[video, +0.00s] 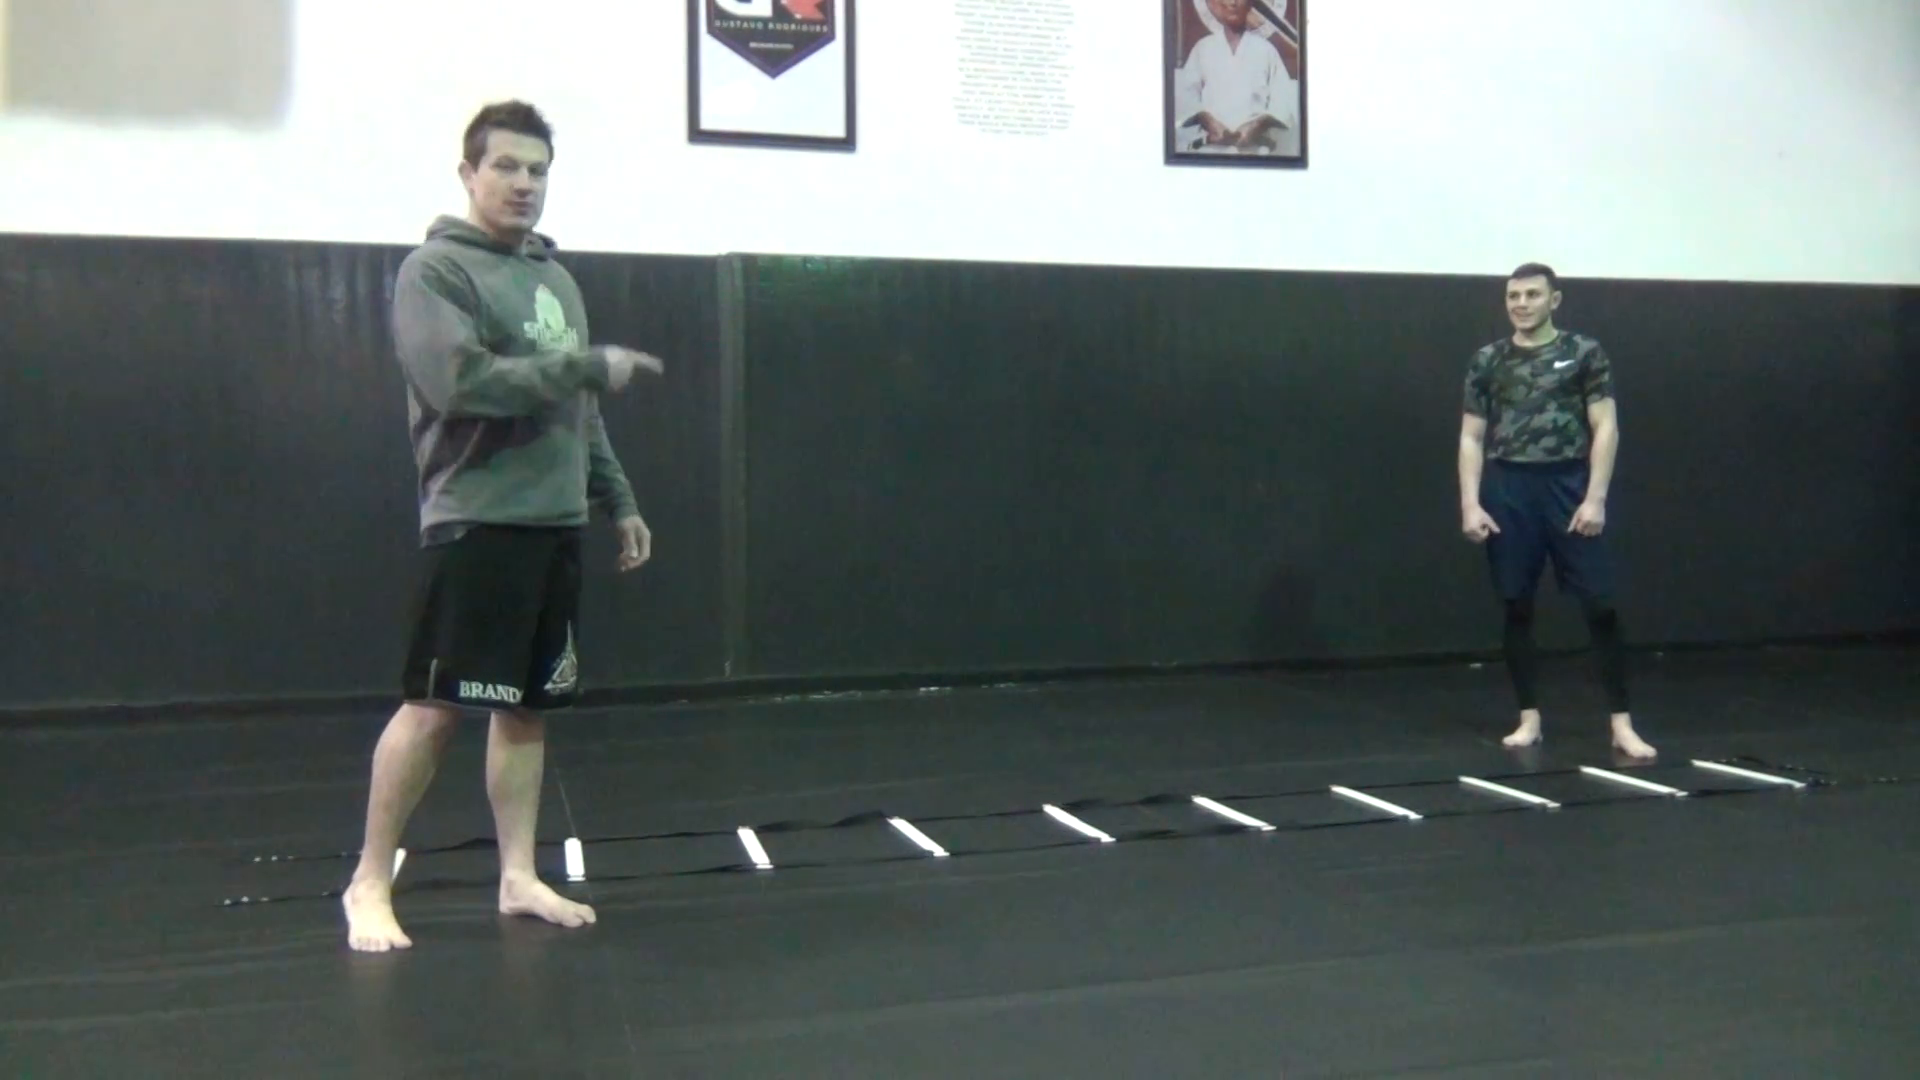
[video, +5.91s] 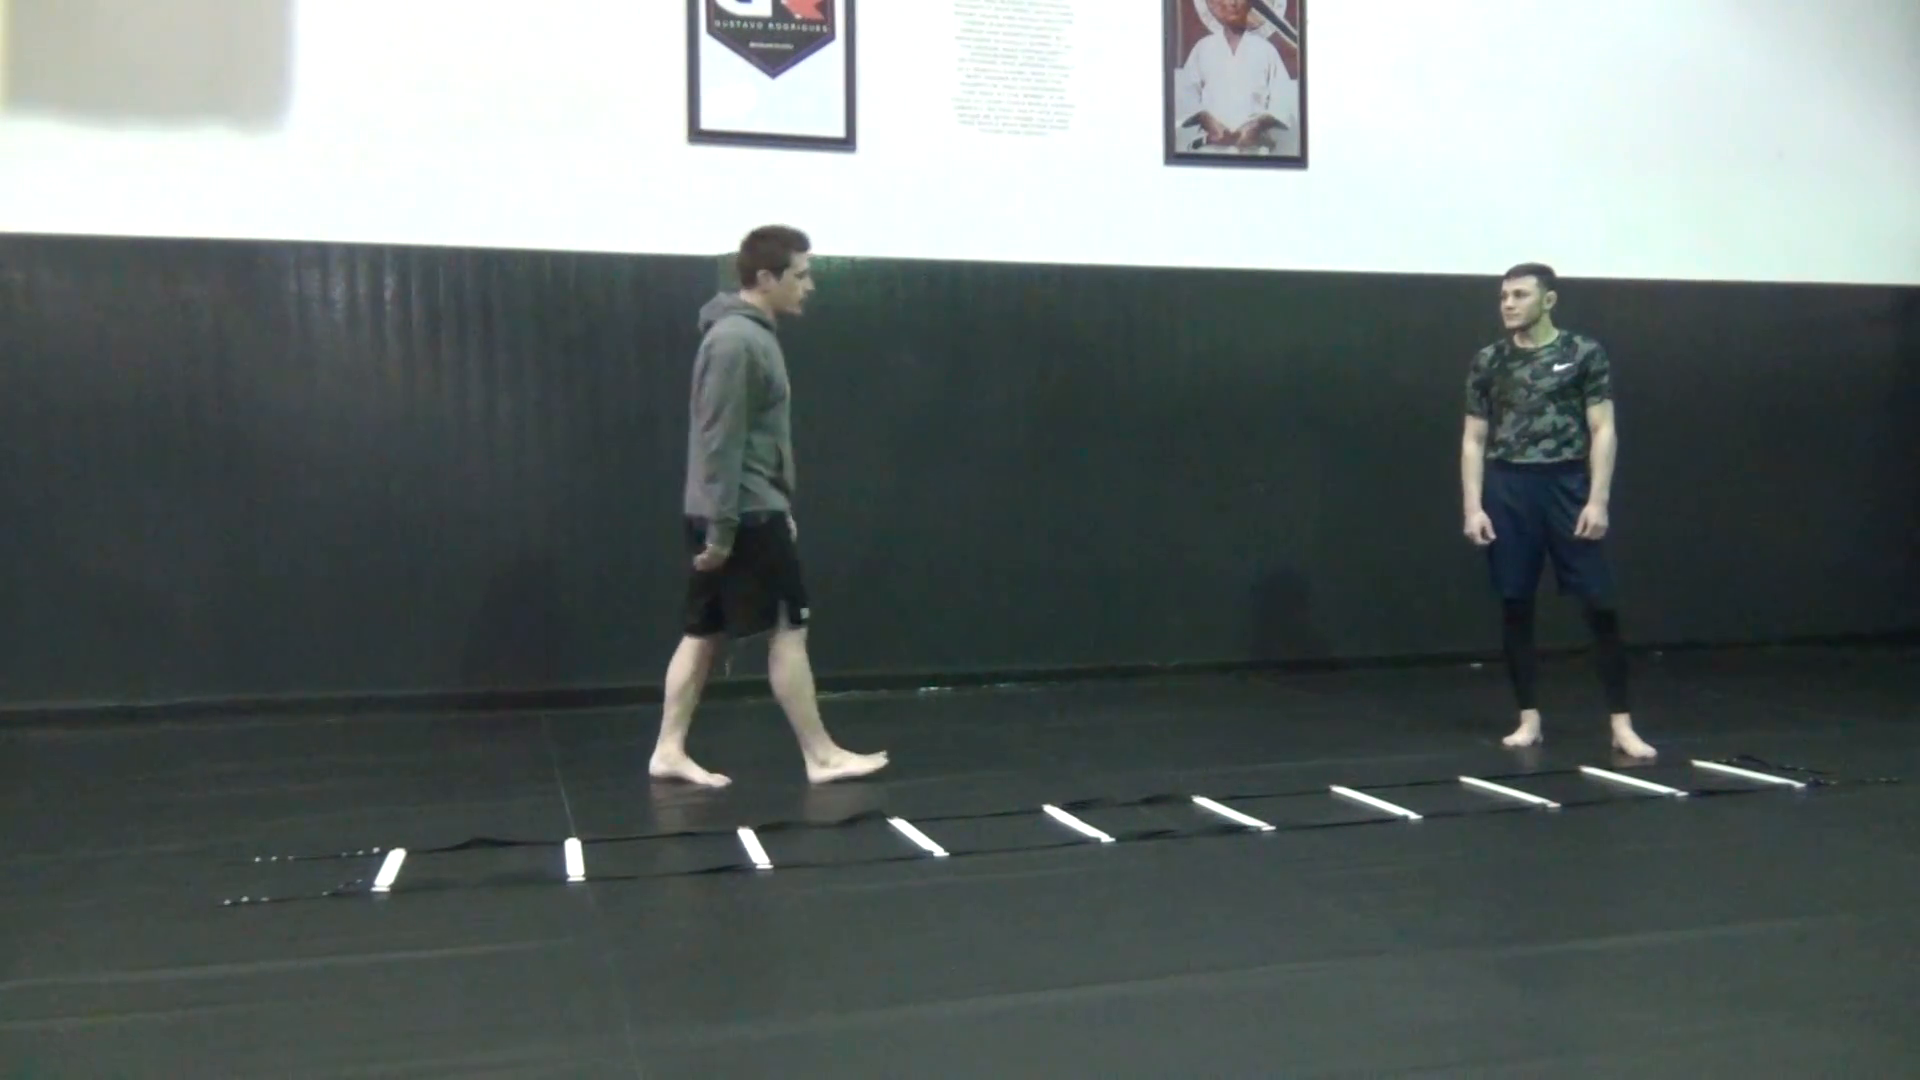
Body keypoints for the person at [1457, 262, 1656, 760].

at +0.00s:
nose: (1522, 304)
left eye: (1532, 295)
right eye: (1514, 296)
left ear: (1554, 300)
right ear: (1505, 303)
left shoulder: (1585, 353)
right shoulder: (1487, 361)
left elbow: (1605, 427)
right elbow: (1472, 437)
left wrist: (1596, 497)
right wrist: (1470, 503)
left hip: (1570, 490)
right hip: (1508, 491)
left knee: (1600, 603)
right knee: (1515, 605)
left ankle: (1620, 722)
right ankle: (1528, 716)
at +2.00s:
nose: (1518, 303)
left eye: (1529, 295)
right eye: (1512, 296)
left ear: (1554, 299)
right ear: (1505, 302)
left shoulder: (1585, 353)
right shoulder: (1488, 360)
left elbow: (1605, 427)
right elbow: (1473, 437)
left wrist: (1595, 498)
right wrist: (1471, 504)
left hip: (1570, 489)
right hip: (1508, 490)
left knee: (1601, 603)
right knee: (1515, 603)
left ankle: (1620, 723)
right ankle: (1528, 717)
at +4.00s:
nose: (1513, 304)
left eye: (1524, 295)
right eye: (1508, 297)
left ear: (1552, 300)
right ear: (1503, 303)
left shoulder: (1586, 353)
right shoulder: (1488, 360)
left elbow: (1605, 427)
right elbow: (1473, 437)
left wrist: (1595, 499)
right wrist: (1472, 505)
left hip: (1570, 491)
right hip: (1509, 491)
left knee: (1601, 604)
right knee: (1516, 603)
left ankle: (1621, 723)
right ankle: (1528, 717)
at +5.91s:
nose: (1508, 304)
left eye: (1519, 295)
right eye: (1504, 297)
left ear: (1548, 300)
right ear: (1501, 303)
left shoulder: (1585, 353)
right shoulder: (1488, 360)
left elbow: (1602, 429)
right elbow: (1474, 439)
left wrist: (1599, 499)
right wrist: (1472, 506)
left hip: (1569, 490)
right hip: (1507, 492)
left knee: (1600, 603)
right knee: (1515, 605)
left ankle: (1620, 723)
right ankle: (1528, 718)